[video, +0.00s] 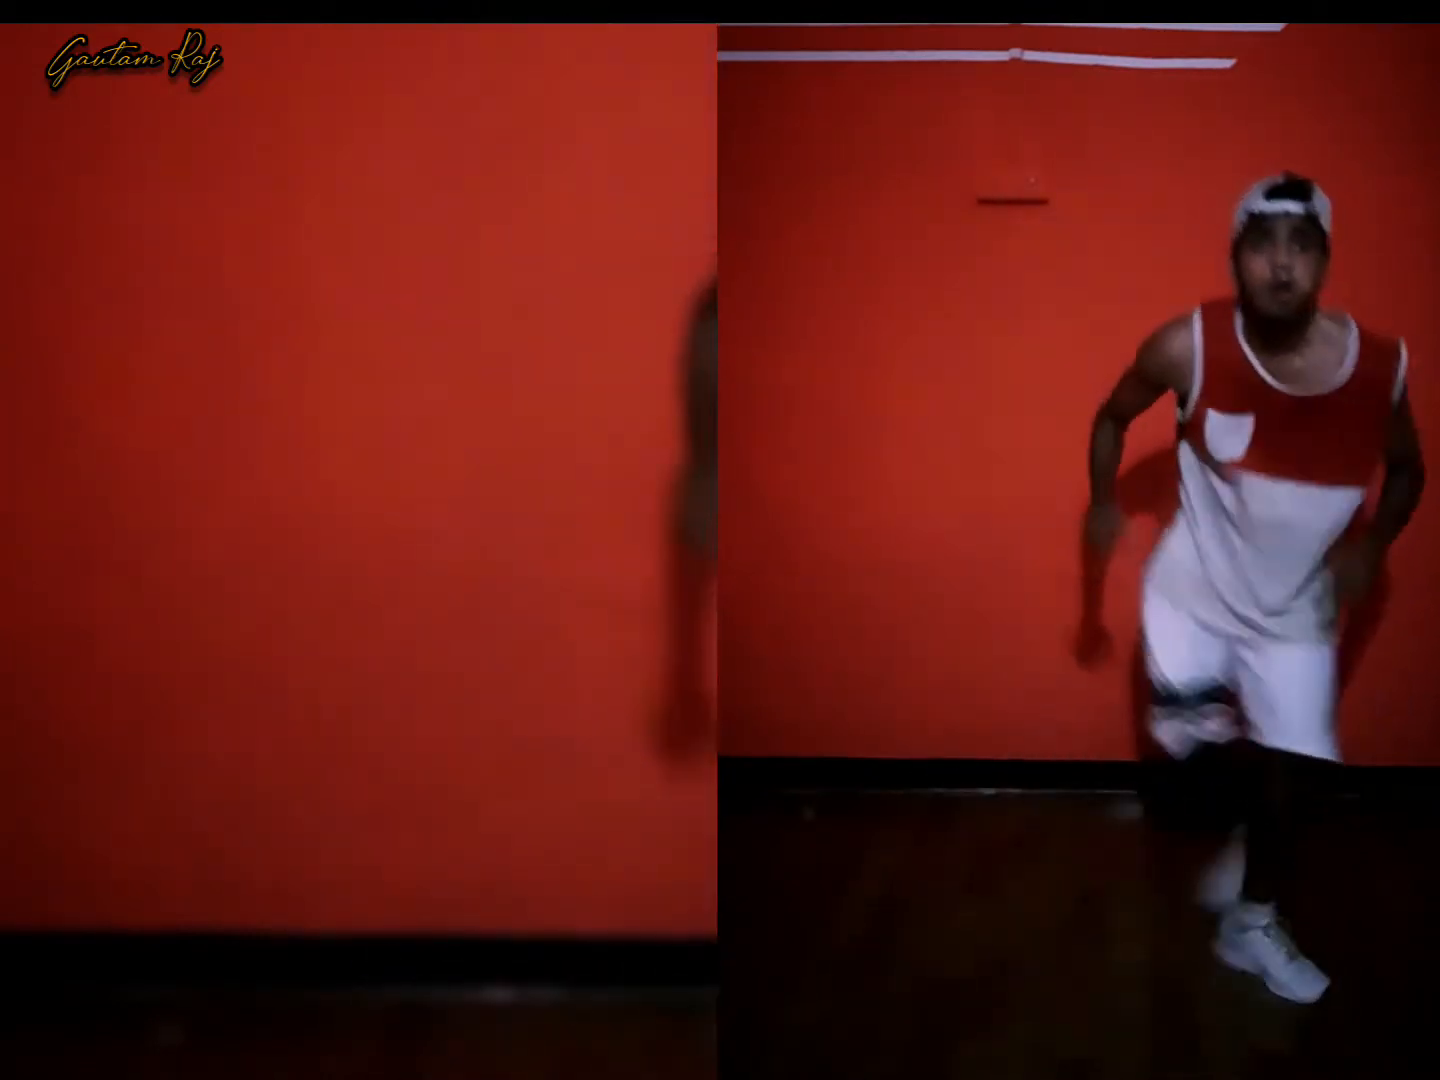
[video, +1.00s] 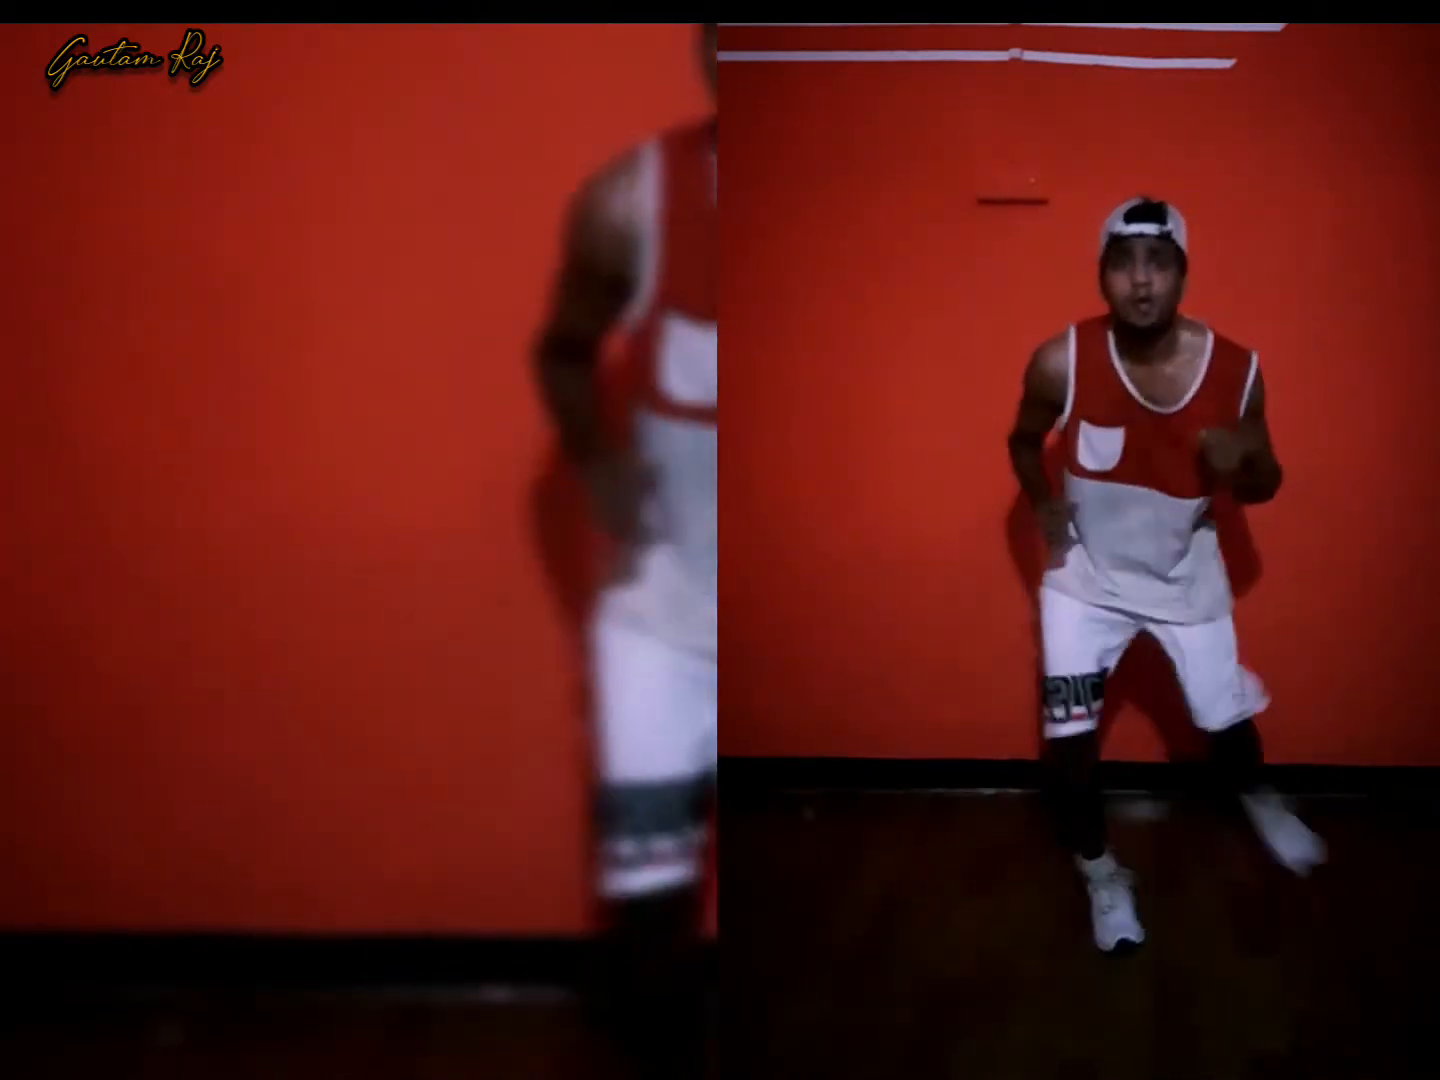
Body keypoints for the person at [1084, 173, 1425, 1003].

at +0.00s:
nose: (1280, 263)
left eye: (1299, 245)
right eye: (1262, 244)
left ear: (1325, 262)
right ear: (1235, 260)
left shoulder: (1377, 366)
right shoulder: (1188, 348)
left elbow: (1407, 471)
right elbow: (1112, 419)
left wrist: (1367, 547)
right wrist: (1102, 504)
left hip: (1295, 615)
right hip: (1192, 597)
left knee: (1296, 775)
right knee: (1198, 768)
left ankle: (1253, 919)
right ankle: (1233, 845)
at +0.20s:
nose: (1221, 269)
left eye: (1239, 252)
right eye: (1203, 251)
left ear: (1262, 267)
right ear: (1175, 266)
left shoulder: (1328, 352)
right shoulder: (1147, 364)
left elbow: (1400, 395)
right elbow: (1072, 451)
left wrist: (1366, 508)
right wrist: (1051, 515)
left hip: (1281, 569)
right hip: (1182, 554)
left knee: (1262, 747)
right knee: (1103, 701)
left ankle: (1266, 890)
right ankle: (1034, 878)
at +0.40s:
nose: (1207, 263)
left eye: (1223, 245)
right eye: (1189, 246)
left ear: (1247, 259)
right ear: (1163, 260)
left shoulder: (1293, 363)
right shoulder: (1114, 348)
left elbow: (1292, 507)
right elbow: (1045, 413)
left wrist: (1303, 449)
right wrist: (1054, 508)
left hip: (1255, 554)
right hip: (1150, 546)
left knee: (1290, 706)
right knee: (1127, 711)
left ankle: (1239, 812)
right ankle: (1135, 875)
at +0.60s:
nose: (1157, 270)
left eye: (1174, 254)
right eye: (1140, 253)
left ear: (1199, 269)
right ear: (1117, 268)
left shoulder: (1250, 368)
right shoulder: (1080, 359)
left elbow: (1283, 478)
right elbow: (1036, 429)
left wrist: (1238, 485)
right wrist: (1025, 524)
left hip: (1192, 592)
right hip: (1102, 577)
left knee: (1165, 752)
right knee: (1076, 740)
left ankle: (1062, 792)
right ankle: (1128, 881)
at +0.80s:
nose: (1128, 284)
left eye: (1145, 268)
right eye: (1112, 268)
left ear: (1170, 279)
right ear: (1092, 282)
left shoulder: (1230, 374)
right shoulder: (1067, 374)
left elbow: (1286, 452)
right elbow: (1043, 465)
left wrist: (1219, 526)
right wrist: (1016, 512)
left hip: (1167, 600)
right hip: (1083, 585)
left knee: (1106, 776)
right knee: (1058, 751)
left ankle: (1042, 802)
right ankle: (1125, 881)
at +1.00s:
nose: (1142, 280)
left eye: (1159, 263)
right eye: (1126, 263)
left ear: (1183, 276)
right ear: (1103, 277)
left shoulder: (1234, 370)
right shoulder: (1064, 361)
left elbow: (1265, 483)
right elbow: (1026, 441)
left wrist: (1241, 461)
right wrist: (1047, 506)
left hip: (1188, 576)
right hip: (1088, 571)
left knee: (1228, 727)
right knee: (1068, 744)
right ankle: (1101, 878)